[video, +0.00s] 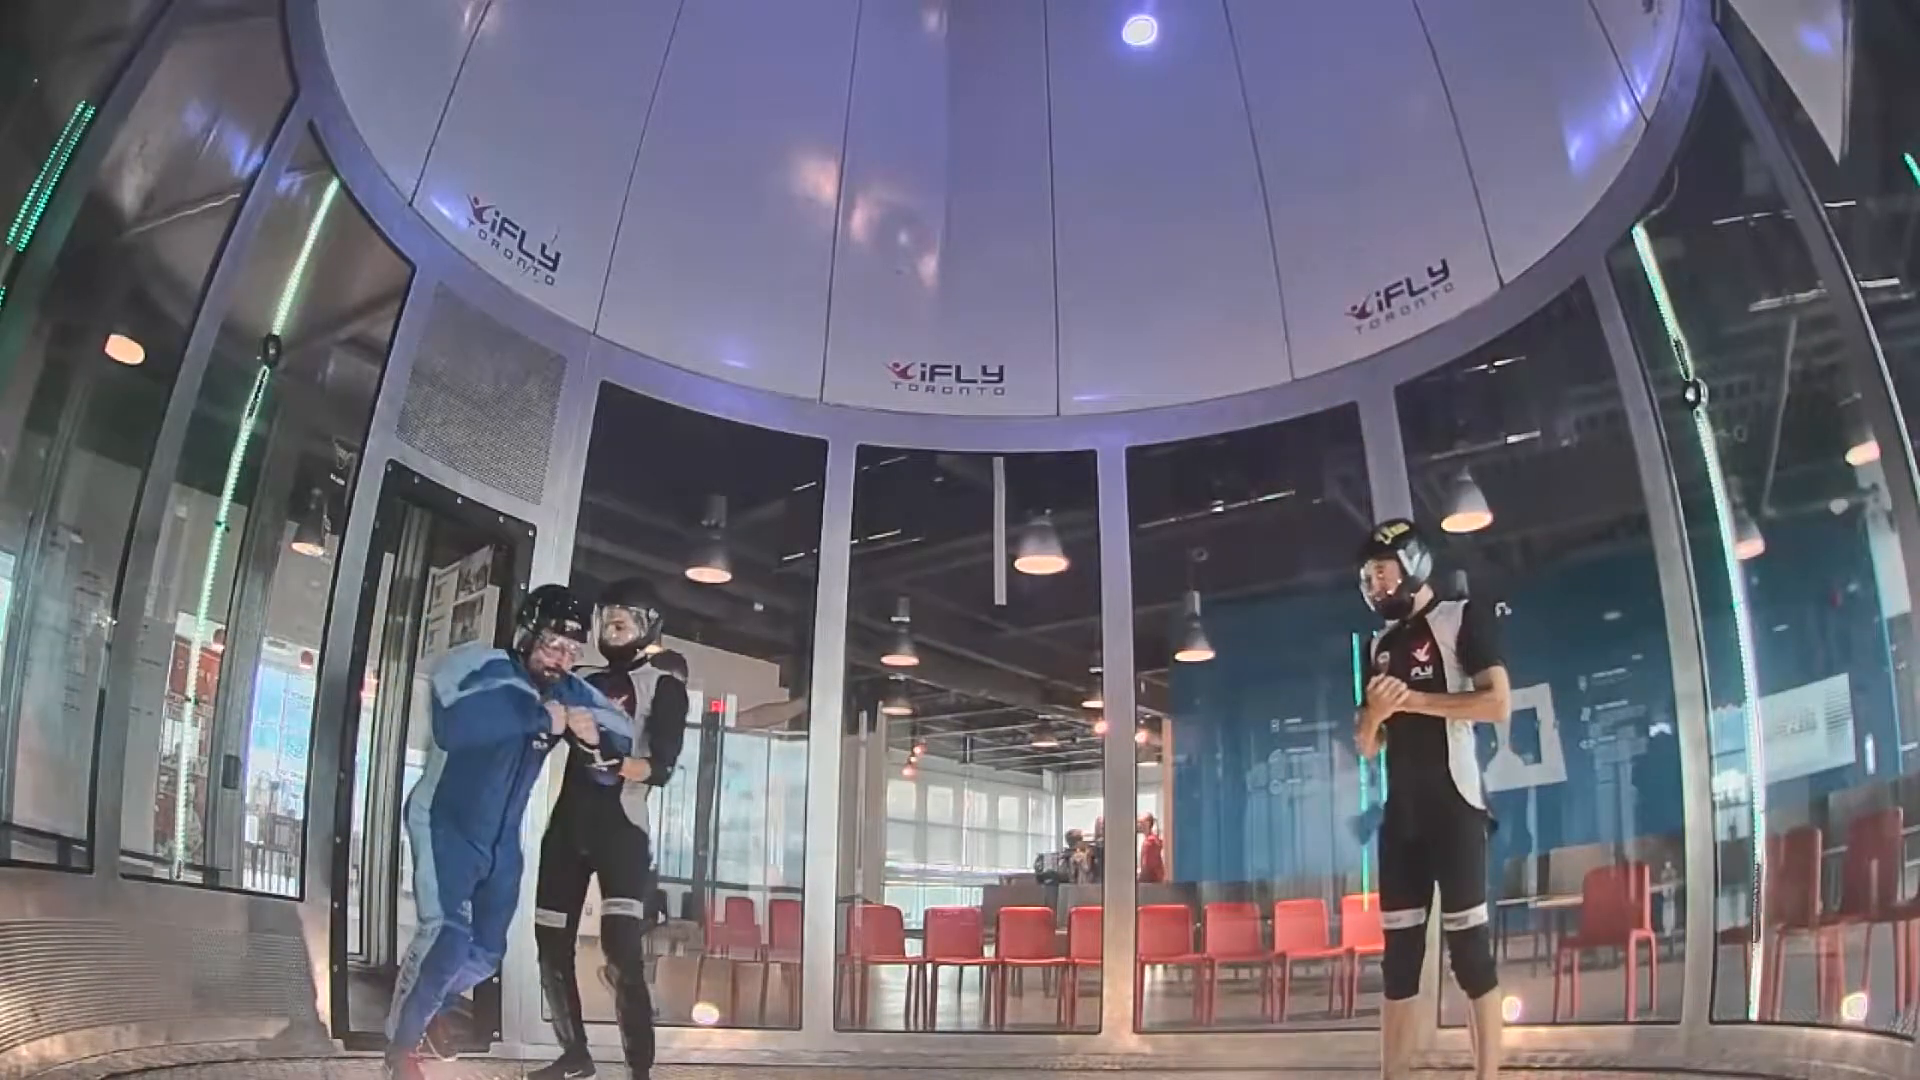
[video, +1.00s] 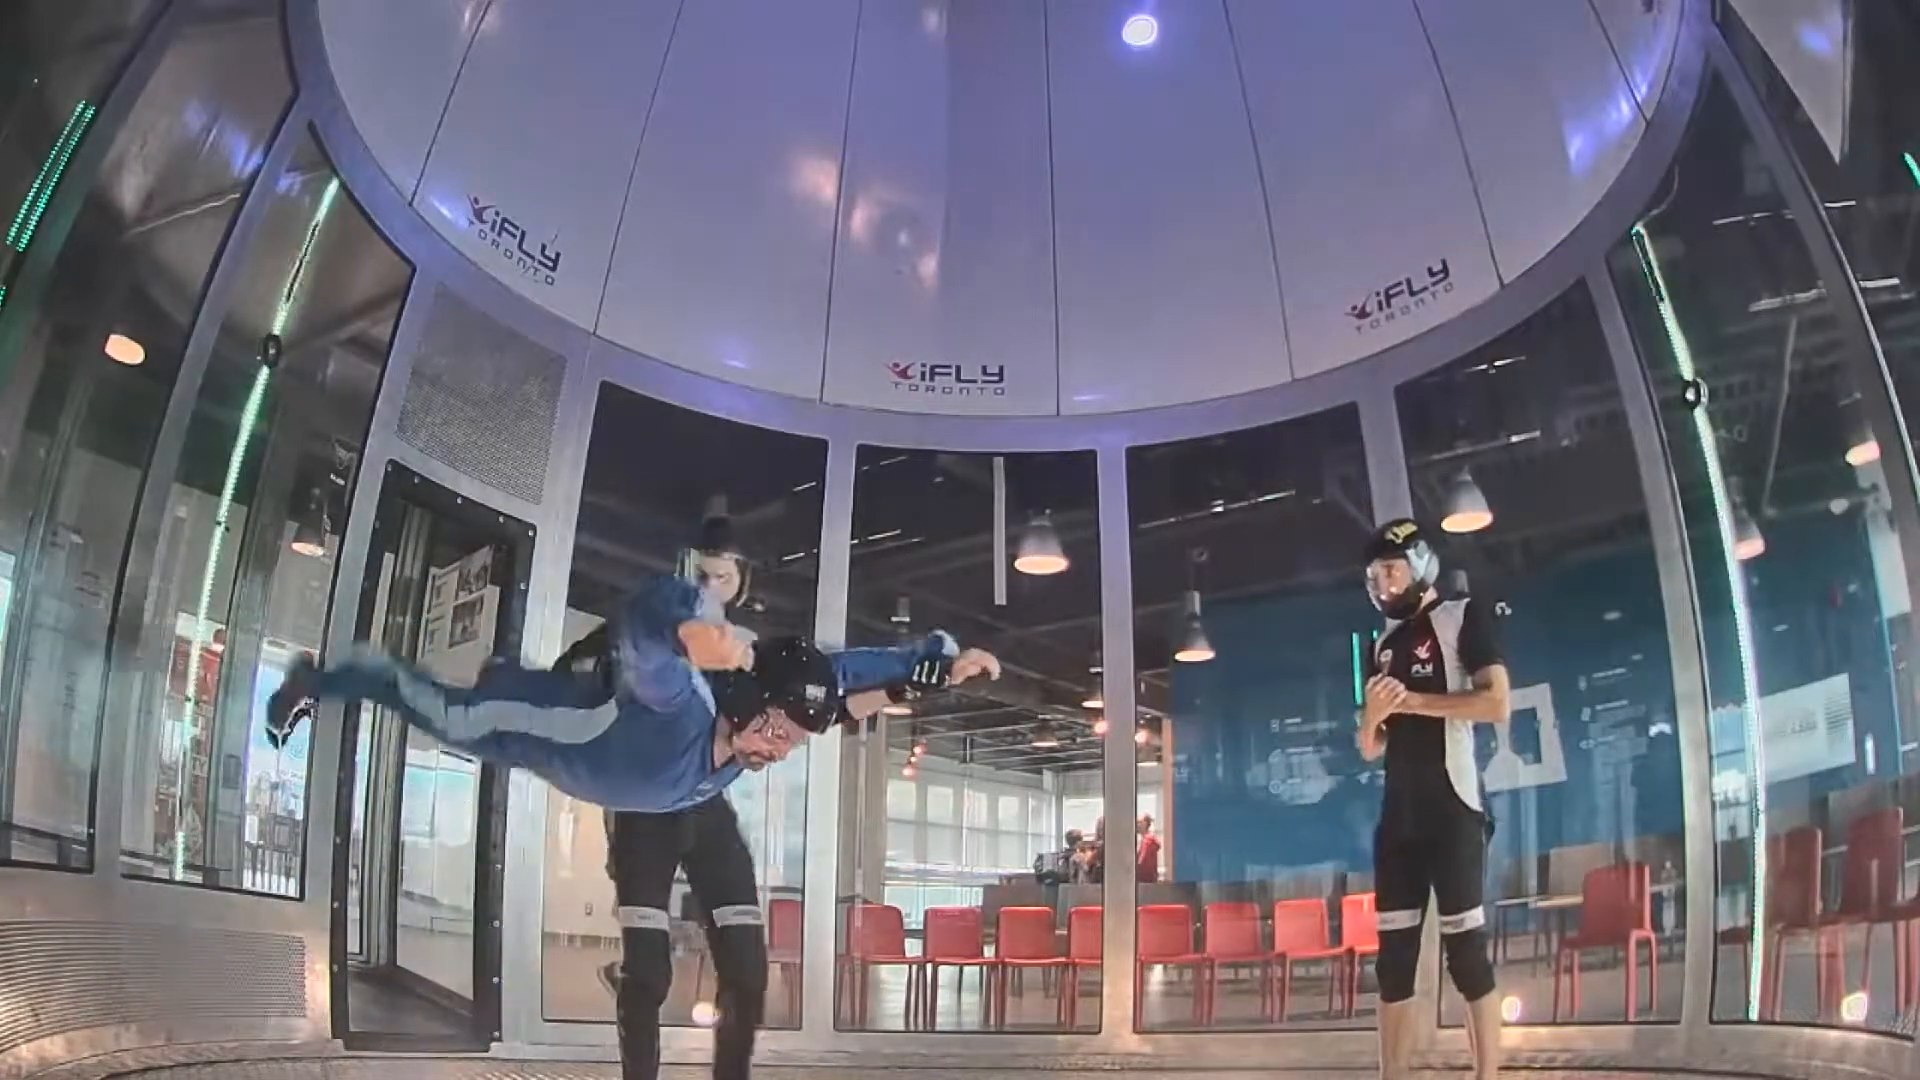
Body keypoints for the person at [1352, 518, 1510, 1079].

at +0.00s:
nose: (1376, 586)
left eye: (1384, 572)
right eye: (1369, 576)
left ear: (1416, 566)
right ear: (1367, 582)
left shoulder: (1464, 617)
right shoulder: (1379, 645)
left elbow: (1497, 705)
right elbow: (1365, 747)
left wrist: (1412, 700)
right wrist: (1370, 716)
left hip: (1458, 804)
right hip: (1401, 806)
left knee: (1467, 947)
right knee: (1400, 950)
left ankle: (1487, 1075)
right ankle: (1394, 1075)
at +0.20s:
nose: (1380, 588)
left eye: (1388, 575)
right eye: (1372, 578)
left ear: (1418, 569)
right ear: (1368, 584)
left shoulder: (1464, 618)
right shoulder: (1380, 648)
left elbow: (1498, 706)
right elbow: (1368, 748)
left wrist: (1411, 705)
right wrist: (1372, 719)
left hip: (1459, 806)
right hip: (1402, 808)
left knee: (1467, 947)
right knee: (1401, 950)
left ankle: (1487, 1075)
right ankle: (1393, 1075)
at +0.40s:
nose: (1382, 586)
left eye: (1391, 573)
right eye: (1375, 576)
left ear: (1421, 568)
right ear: (1369, 582)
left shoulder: (1463, 616)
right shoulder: (1380, 647)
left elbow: (1499, 704)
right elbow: (1369, 748)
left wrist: (1414, 703)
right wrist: (1372, 720)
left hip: (1457, 803)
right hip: (1401, 806)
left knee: (1465, 947)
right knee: (1400, 951)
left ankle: (1487, 1075)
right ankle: (1393, 1076)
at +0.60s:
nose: (1382, 587)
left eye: (1390, 575)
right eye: (1374, 578)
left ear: (1420, 570)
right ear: (1369, 584)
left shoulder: (1463, 617)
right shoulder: (1380, 648)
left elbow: (1498, 706)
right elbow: (1370, 749)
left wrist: (1414, 703)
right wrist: (1372, 719)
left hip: (1458, 806)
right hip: (1402, 809)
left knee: (1464, 949)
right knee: (1399, 952)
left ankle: (1487, 1075)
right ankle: (1392, 1076)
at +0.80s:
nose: (1383, 587)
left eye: (1391, 574)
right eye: (1375, 577)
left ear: (1421, 570)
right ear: (1370, 582)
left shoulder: (1462, 617)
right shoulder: (1382, 647)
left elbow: (1499, 705)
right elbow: (1373, 752)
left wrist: (1415, 707)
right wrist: (1374, 725)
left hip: (1456, 805)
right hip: (1401, 808)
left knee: (1465, 949)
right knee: (1397, 951)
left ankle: (1487, 1075)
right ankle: (1391, 1075)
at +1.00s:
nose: (1381, 584)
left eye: (1390, 571)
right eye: (1374, 575)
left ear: (1422, 568)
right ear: (1370, 581)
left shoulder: (1462, 615)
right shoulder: (1381, 646)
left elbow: (1496, 705)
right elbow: (1370, 751)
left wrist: (1410, 701)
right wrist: (1369, 720)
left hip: (1455, 803)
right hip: (1398, 806)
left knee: (1463, 947)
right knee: (1395, 950)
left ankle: (1487, 1075)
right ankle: (1391, 1075)